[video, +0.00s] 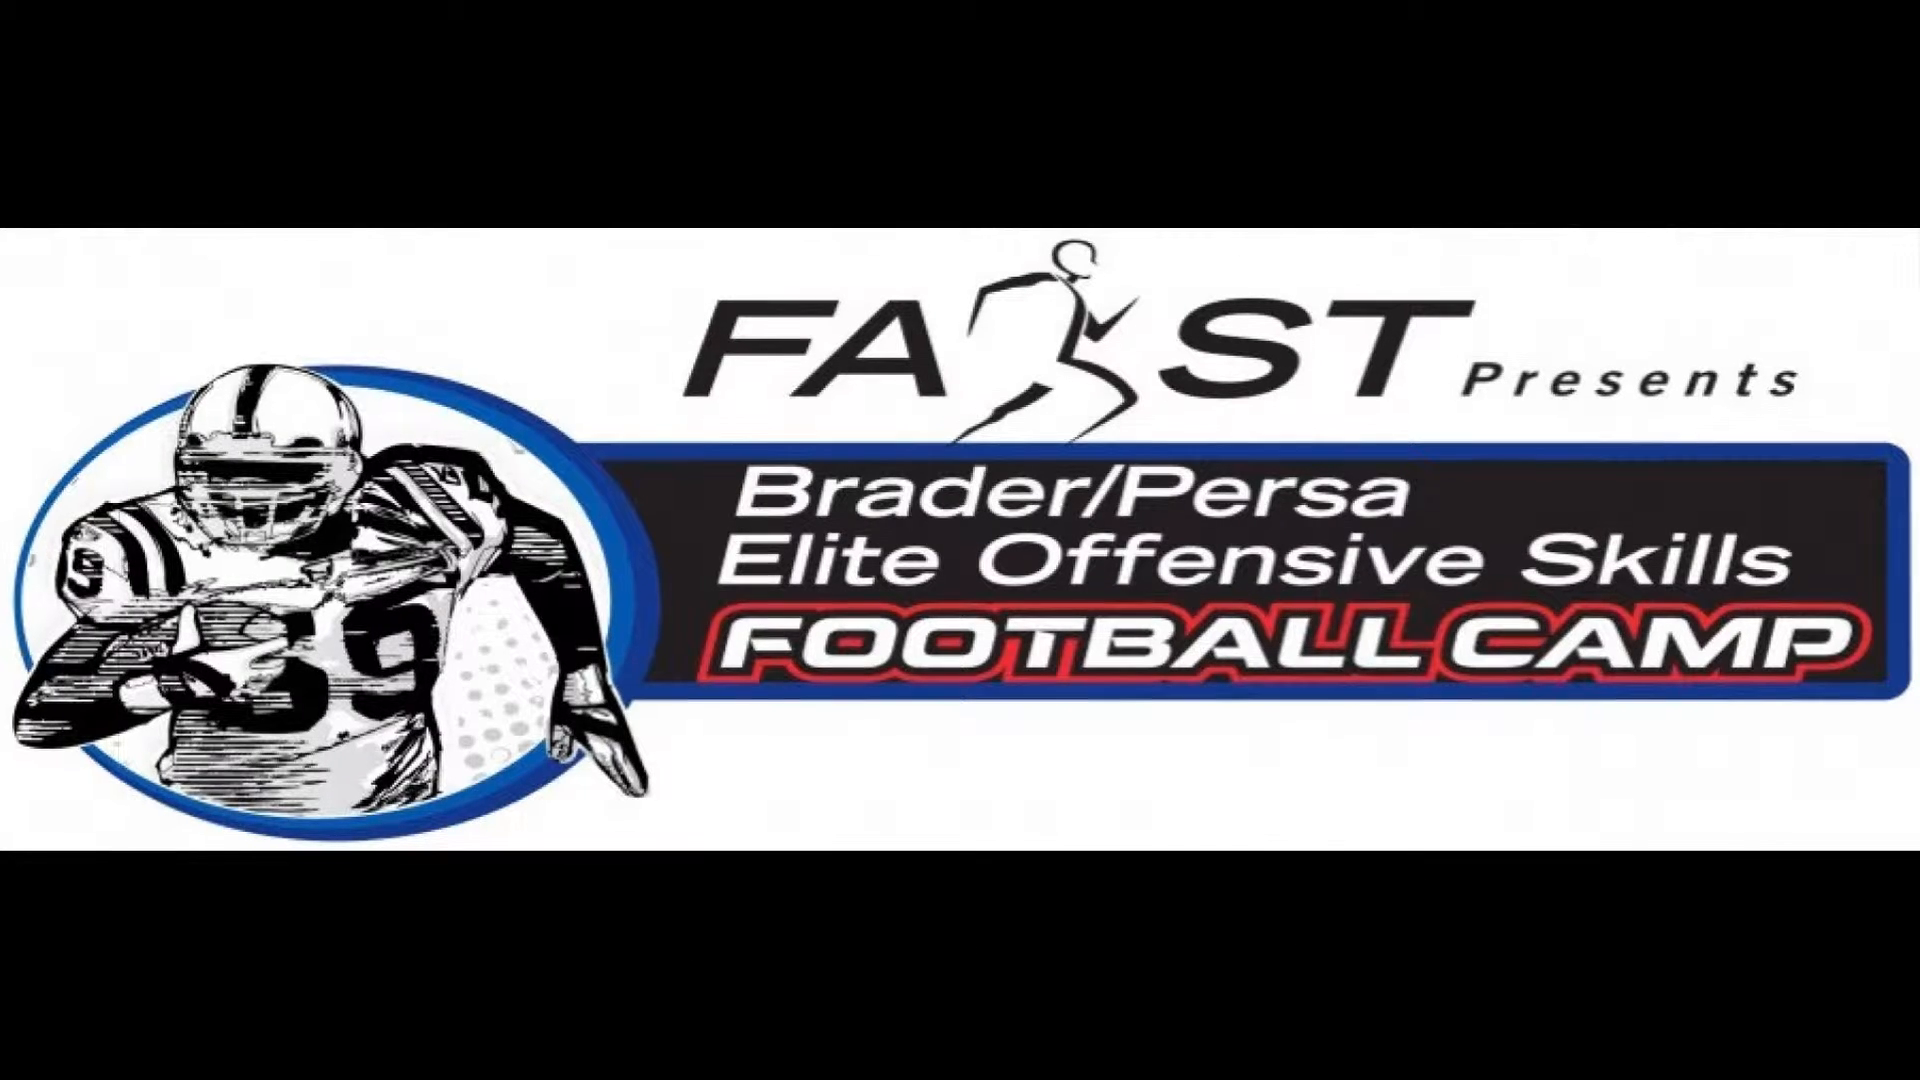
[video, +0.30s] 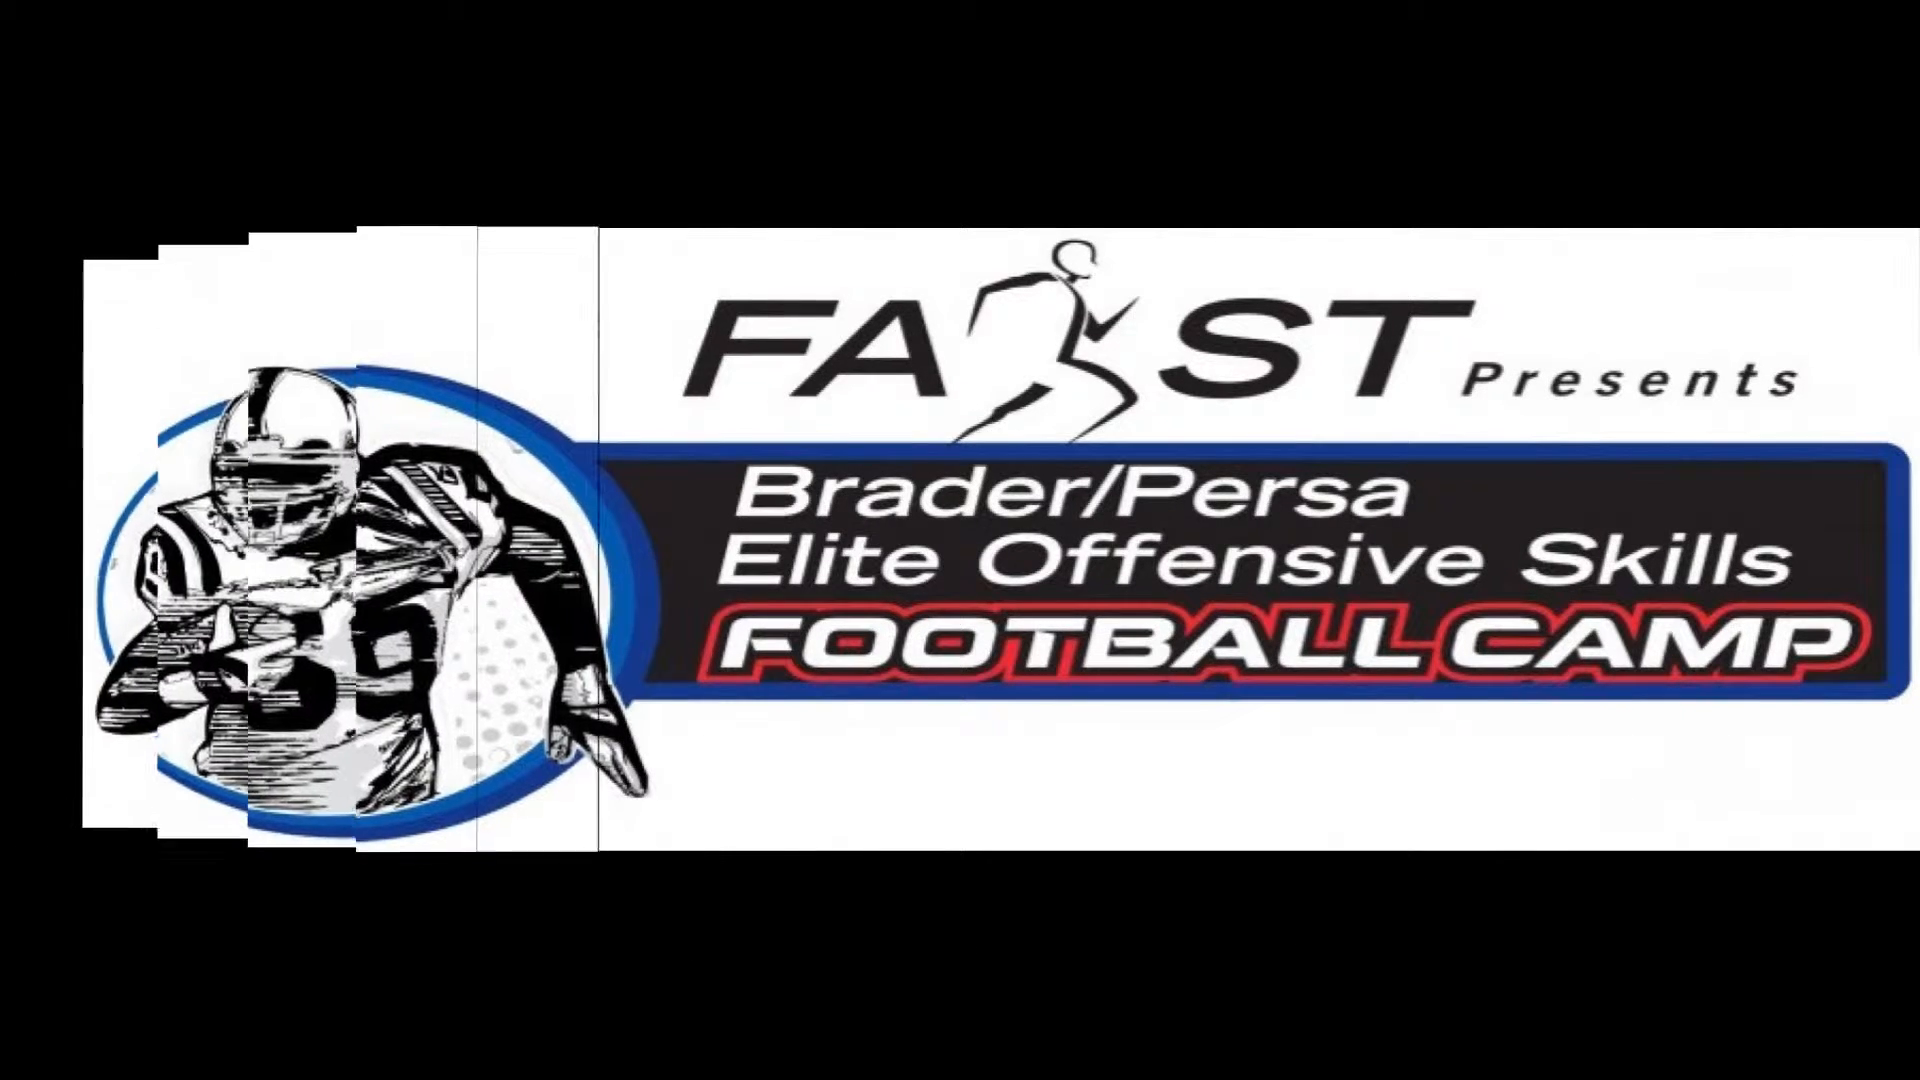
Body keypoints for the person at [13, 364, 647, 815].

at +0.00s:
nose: (251, 512)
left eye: (279, 490)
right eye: (228, 489)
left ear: (336, 478)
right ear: (192, 478)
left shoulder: (422, 506)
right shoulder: (139, 548)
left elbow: (544, 546)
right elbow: (40, 715)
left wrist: (584, 671)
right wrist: (170, 682)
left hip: (386, 811)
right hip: (217, 815)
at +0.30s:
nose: (269, 504)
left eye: (296, 484)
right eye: (250, 482)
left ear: (344, 476)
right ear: (224, 473)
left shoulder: (425, 505)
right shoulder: (186, 545)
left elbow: (543, 549)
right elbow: (117, 706)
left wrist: (583, 678)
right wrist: (223, 672)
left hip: (390, 803)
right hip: (245, 803)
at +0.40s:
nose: (320, 513)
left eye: (344, 492)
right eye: (303, 491)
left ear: (380, 478)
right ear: (278, 477)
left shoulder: (447, 511)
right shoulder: (247, 549)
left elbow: (550, 551)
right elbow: (182, 697)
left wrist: (584, 675)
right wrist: (277, 666)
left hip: (421, 794)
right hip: (297, 794)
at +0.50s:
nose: (370, 519)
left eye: (391, 502)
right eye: (352, 501)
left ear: (423, 491)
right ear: (327, 493)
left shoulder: (481, 518)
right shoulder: (298, 553)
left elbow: (575, 555)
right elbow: (227, 692)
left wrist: (602, 672)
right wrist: (323, 659)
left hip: (457, 773)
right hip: (341, 772)